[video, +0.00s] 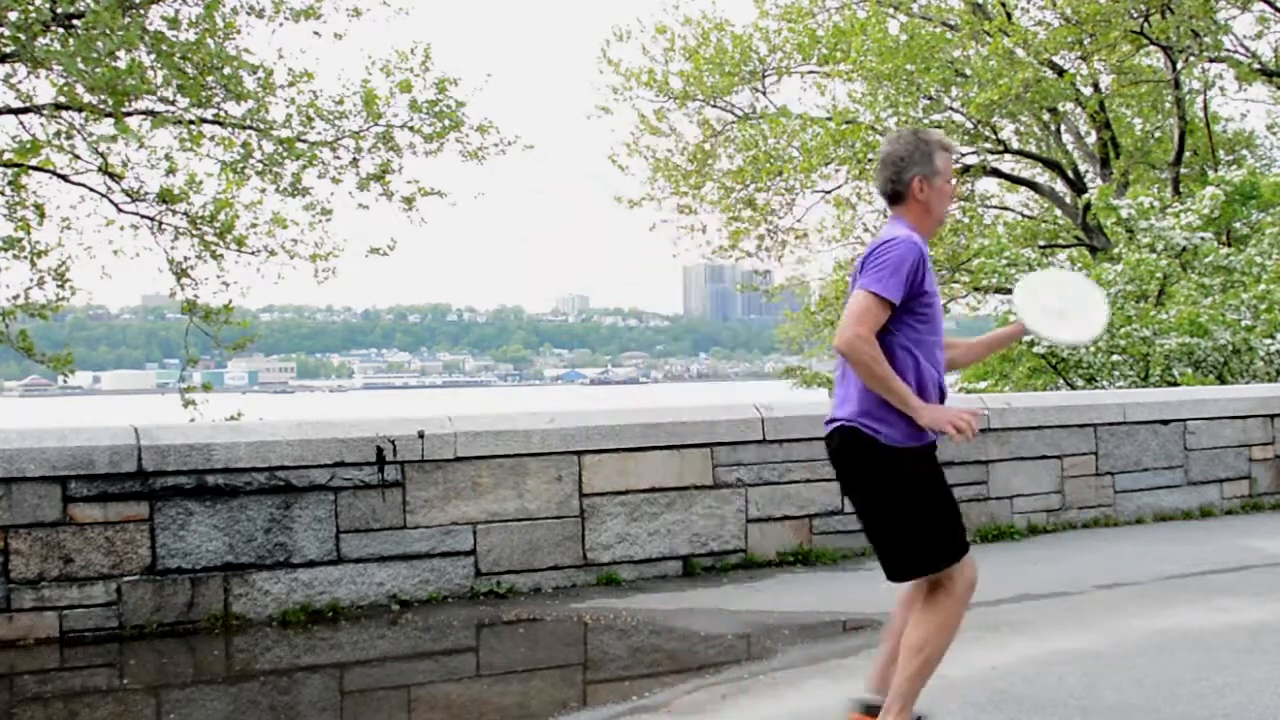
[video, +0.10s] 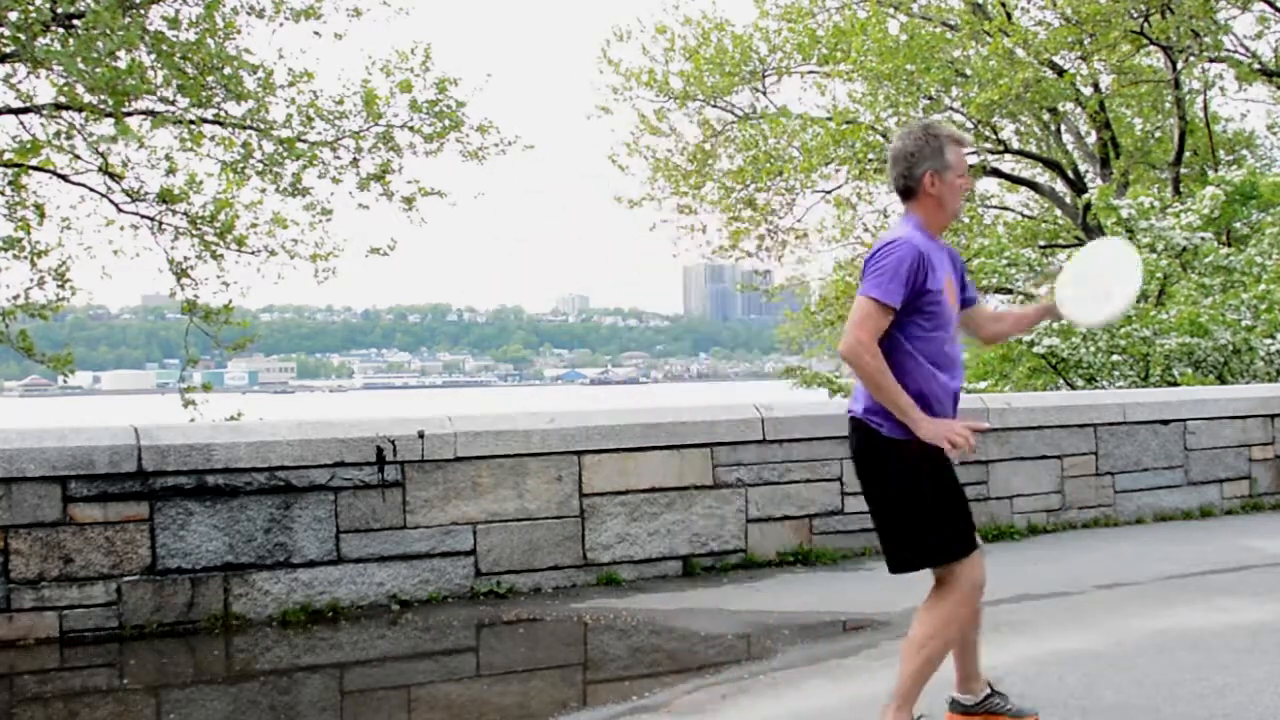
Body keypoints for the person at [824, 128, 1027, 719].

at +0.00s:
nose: (956, 189)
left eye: (955, 177)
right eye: (949, 177)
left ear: (913, 187)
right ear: (919, 185)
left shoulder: (906, 251)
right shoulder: (901, 249)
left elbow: (936, 357)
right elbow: (852, 339)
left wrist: (1016, 330)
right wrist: (923, 409)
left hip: (877, 437)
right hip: (881, 438)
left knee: (928, 576)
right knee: (956, 578)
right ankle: (895, 712)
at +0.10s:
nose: (970, 185)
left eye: (968, 173)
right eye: (962, 173)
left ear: (932, 182)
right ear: (931, 182)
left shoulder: (944, 256)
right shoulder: (903, 249)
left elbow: (986, 328)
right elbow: (857, 344)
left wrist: (1051, 307)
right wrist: (920, 420)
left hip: (920, 437)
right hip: (893, 438)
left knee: (964, 570)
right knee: (962, 575)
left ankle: (971, 693)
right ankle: (897, 710)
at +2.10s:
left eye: (1227, 183)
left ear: (1217, 206)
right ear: (1273, 217)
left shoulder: (1174, 255)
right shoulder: (1272, 268)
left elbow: (1087, 220)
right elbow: (1260, 217)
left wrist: (1048, 170)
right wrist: (1256, 163)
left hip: (1168, 436)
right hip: (1244, 436)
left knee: (1143, 551)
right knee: (1270, 567)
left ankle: (1094, 684)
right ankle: (1279, 707)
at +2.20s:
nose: (1260, 201)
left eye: (1264, 195)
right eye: (1268, 194)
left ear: (1266, 209)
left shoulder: (1223, 255)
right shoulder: (1268, 259)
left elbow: (1113, 237)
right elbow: (1239, 252)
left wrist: (1051, 190)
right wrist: (1196, 213)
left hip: (1193, 433)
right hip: (1268, 438)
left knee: (1151, 550)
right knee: (1276, 573)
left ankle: (1108, 688)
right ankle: (1279, 709)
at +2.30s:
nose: (1271, 188)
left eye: (1274, 182)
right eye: (1272, 181)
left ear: (1276, 192)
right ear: (1273, 195)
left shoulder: (1239, 250)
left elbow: (1129, 258)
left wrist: (1033, 234)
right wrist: (1190, 279)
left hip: (1214, 427)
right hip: (1274, 438)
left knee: (1159, 543)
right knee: (1279, 574)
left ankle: (1128, 687)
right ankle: (1277, 706)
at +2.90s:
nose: (1253, 137)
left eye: (1266, 127)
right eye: (1251, 124)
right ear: (1251, 126)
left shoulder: (1274, 193)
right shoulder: (1257, 202)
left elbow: (1193, 202)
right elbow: (1241, 314)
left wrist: (1100, 199)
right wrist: (1178, 376)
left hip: (1259, 402)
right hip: (1245, 400)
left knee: (1252, 587)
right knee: (1258, 580)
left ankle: (1273, 705)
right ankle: (1273, 701)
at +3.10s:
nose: (1250, 127)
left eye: (1266, 115)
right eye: (1242, 113)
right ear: (1232, 119)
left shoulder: (1279, 188)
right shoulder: (1234, 196)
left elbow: (1225, 223)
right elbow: (1216, 316)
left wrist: (1149, 195)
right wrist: (1144, 371)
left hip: (1259, 406)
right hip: (1220, 406)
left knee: (1250, 581)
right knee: (1198, 570)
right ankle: (1243, 711)